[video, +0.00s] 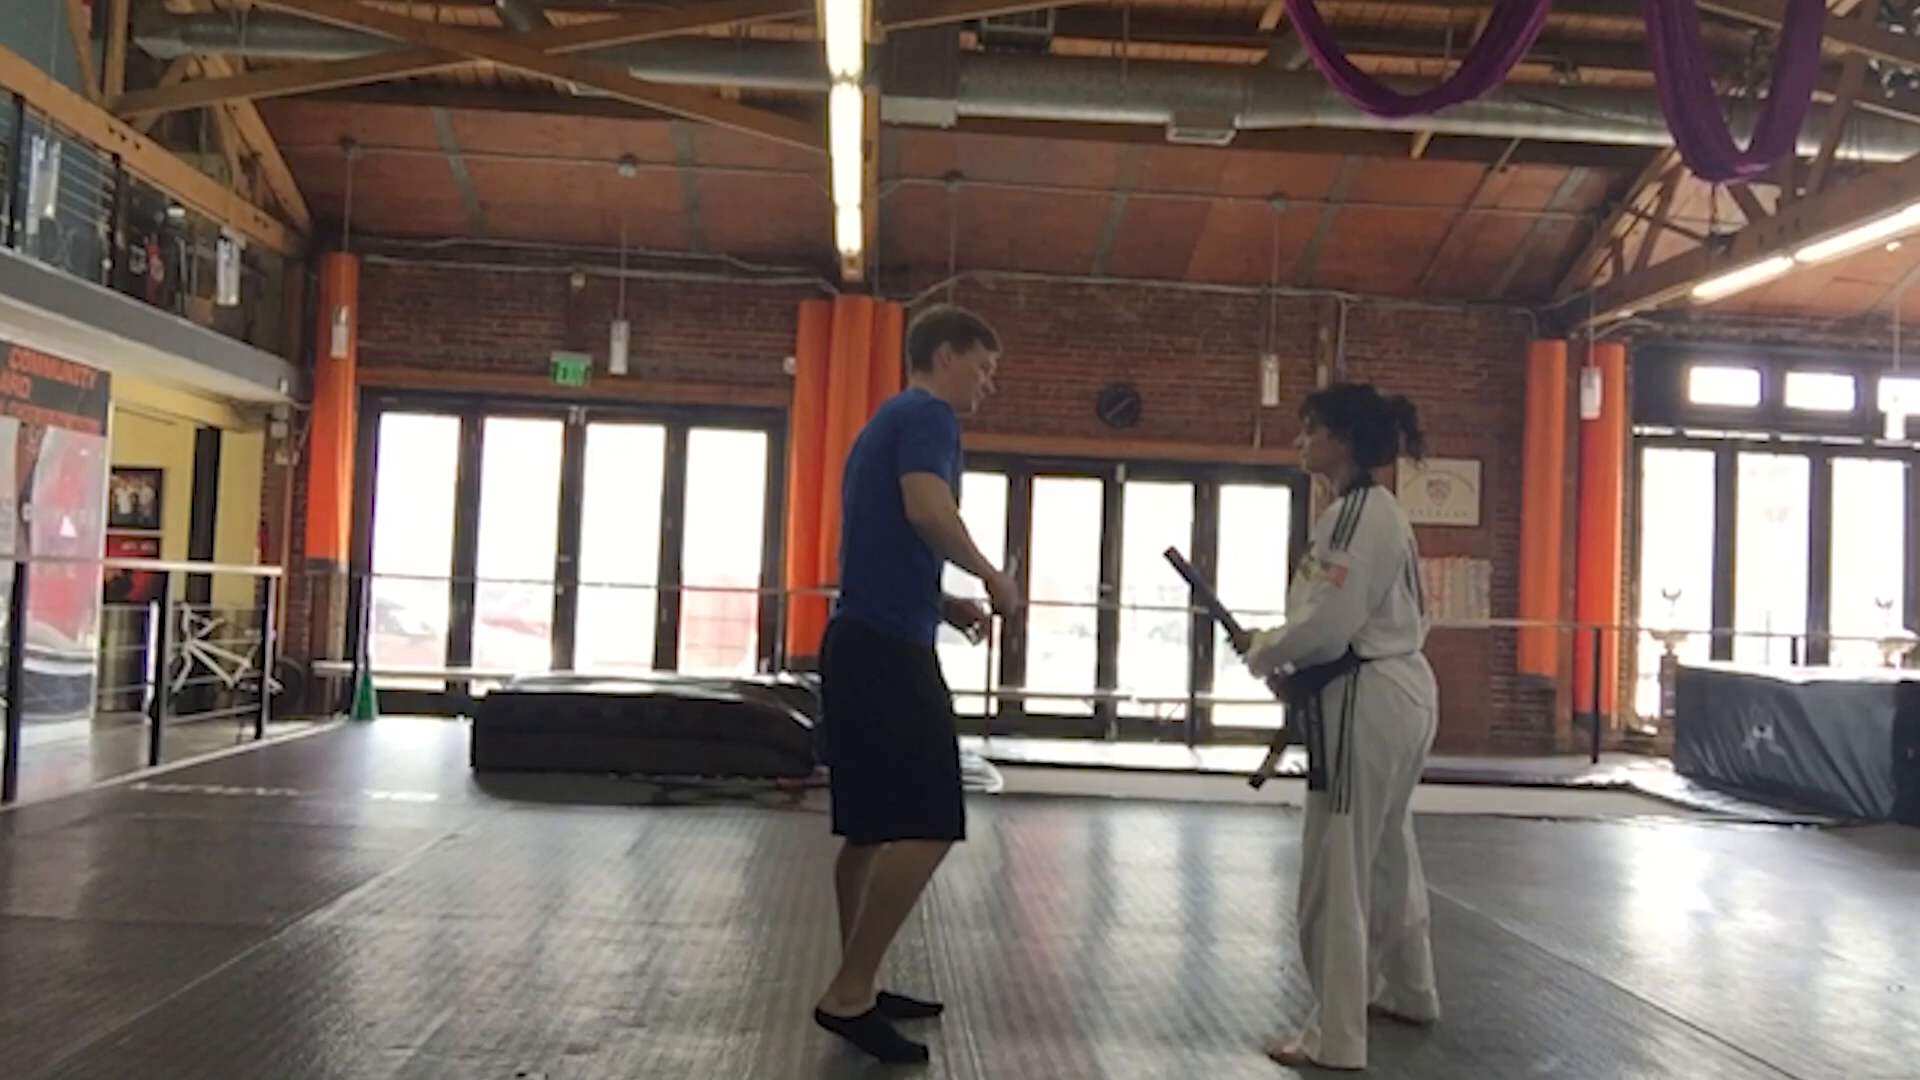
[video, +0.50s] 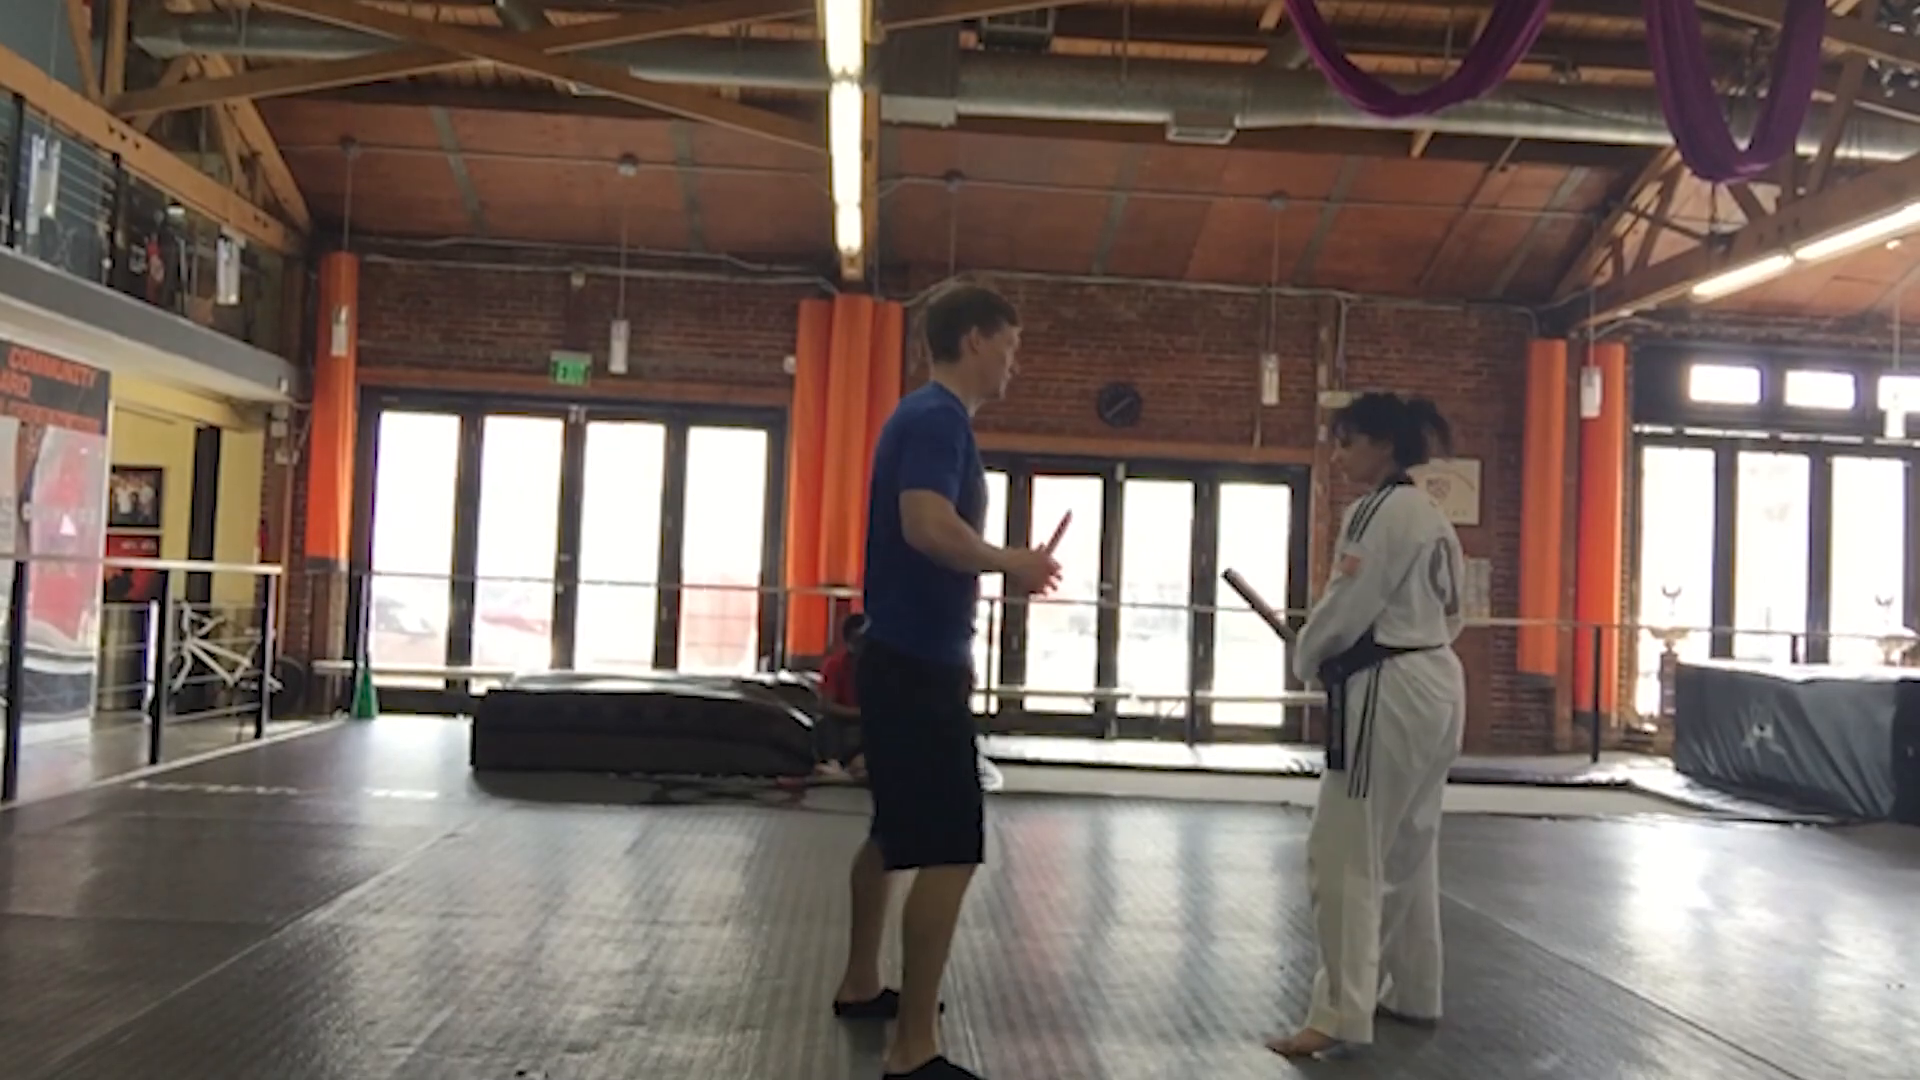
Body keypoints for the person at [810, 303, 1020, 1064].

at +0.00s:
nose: (989, 383)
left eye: (992, 369)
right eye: (984, 365)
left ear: (933, 361)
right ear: (945, 355)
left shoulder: (891, 423)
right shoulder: (927, 414)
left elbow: (876, 559)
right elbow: (924, 506)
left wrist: (947, 602)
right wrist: (991, 572)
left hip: (862, 648)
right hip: (889, 653)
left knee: (870, 826)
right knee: (932, 825)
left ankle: (863, 981)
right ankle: (849, 996)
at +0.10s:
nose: (990, 381)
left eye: (993, 368)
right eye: (986, 364)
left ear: (932, 359)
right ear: (948, 353)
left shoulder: (893, 423)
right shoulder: (928, 413)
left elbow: (888, 559)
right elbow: (921, 506)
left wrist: (964, 592)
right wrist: (991, 570)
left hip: (865, 647)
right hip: (893, 651)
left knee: (866, 828)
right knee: (934, 825)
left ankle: (862, 987)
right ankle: (862, 1006)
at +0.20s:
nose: (993, 379)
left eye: (996, 366)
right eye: (989, 362)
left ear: (933, 356)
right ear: (951, 351)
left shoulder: (894, 422)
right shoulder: (931, 414)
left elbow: (895, 552)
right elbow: (924, 508)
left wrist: (973, 583)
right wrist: (992, 573)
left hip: (864, 649)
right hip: (898, 654)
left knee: (867, 831)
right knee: (924, 832)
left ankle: (858, 991)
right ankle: (891, 1023)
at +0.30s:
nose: (997, 377)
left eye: (1000, 363)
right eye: (994, 360)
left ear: (937, 353)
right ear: (957, 349)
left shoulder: (901, 419)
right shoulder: (934, 416)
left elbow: (915, 534)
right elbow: (929, 516)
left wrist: (993, 569)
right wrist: (997, 574)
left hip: (868, 654)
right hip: (904, 660)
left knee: (866, 834)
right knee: (921, 841)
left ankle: (858, 988)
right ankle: (911, 1038)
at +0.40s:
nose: (1006, 370)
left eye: (1007, 355)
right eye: (1002, 354)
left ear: (949, 350)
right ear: (965, 348)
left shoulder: (914, 420)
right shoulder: (935, 421)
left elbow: (929, 534)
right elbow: (929, 525)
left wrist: (1002, 567)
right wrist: (1004, 567)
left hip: (883, 661)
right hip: (912, 670)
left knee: (875, 837)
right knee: (932, 852)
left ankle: (859, 990)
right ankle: (913, 1046)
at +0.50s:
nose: (1015, 364)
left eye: (1016, 348)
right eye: (1011, 347)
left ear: (956, 343)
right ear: (974, 341)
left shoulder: (928, 419)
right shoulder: (936, 419)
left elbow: (938, 535)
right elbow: (926, 528)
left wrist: (1009, 566)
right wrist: (1007, 562)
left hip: (899, 663)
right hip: (919, 669)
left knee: (892, 833)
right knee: (954, 851)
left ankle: (861, 985)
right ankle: (914, 1048)